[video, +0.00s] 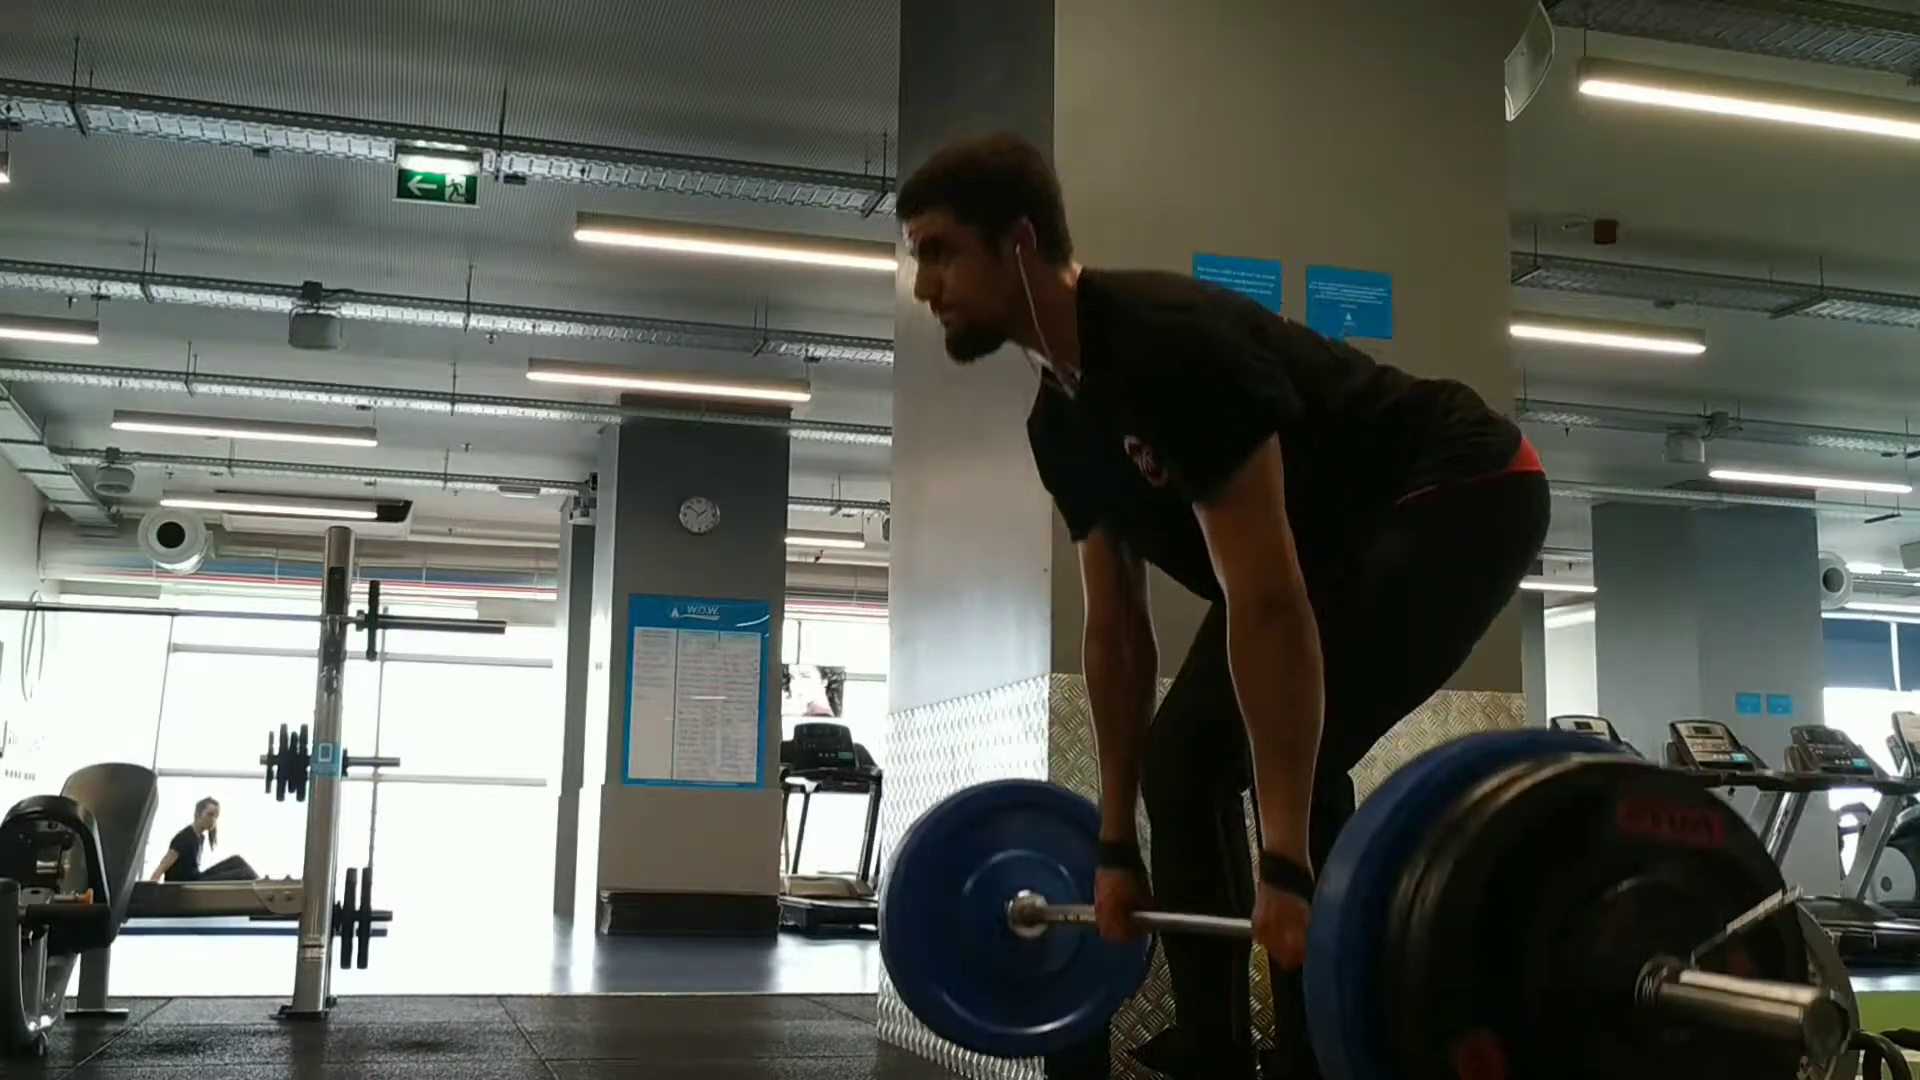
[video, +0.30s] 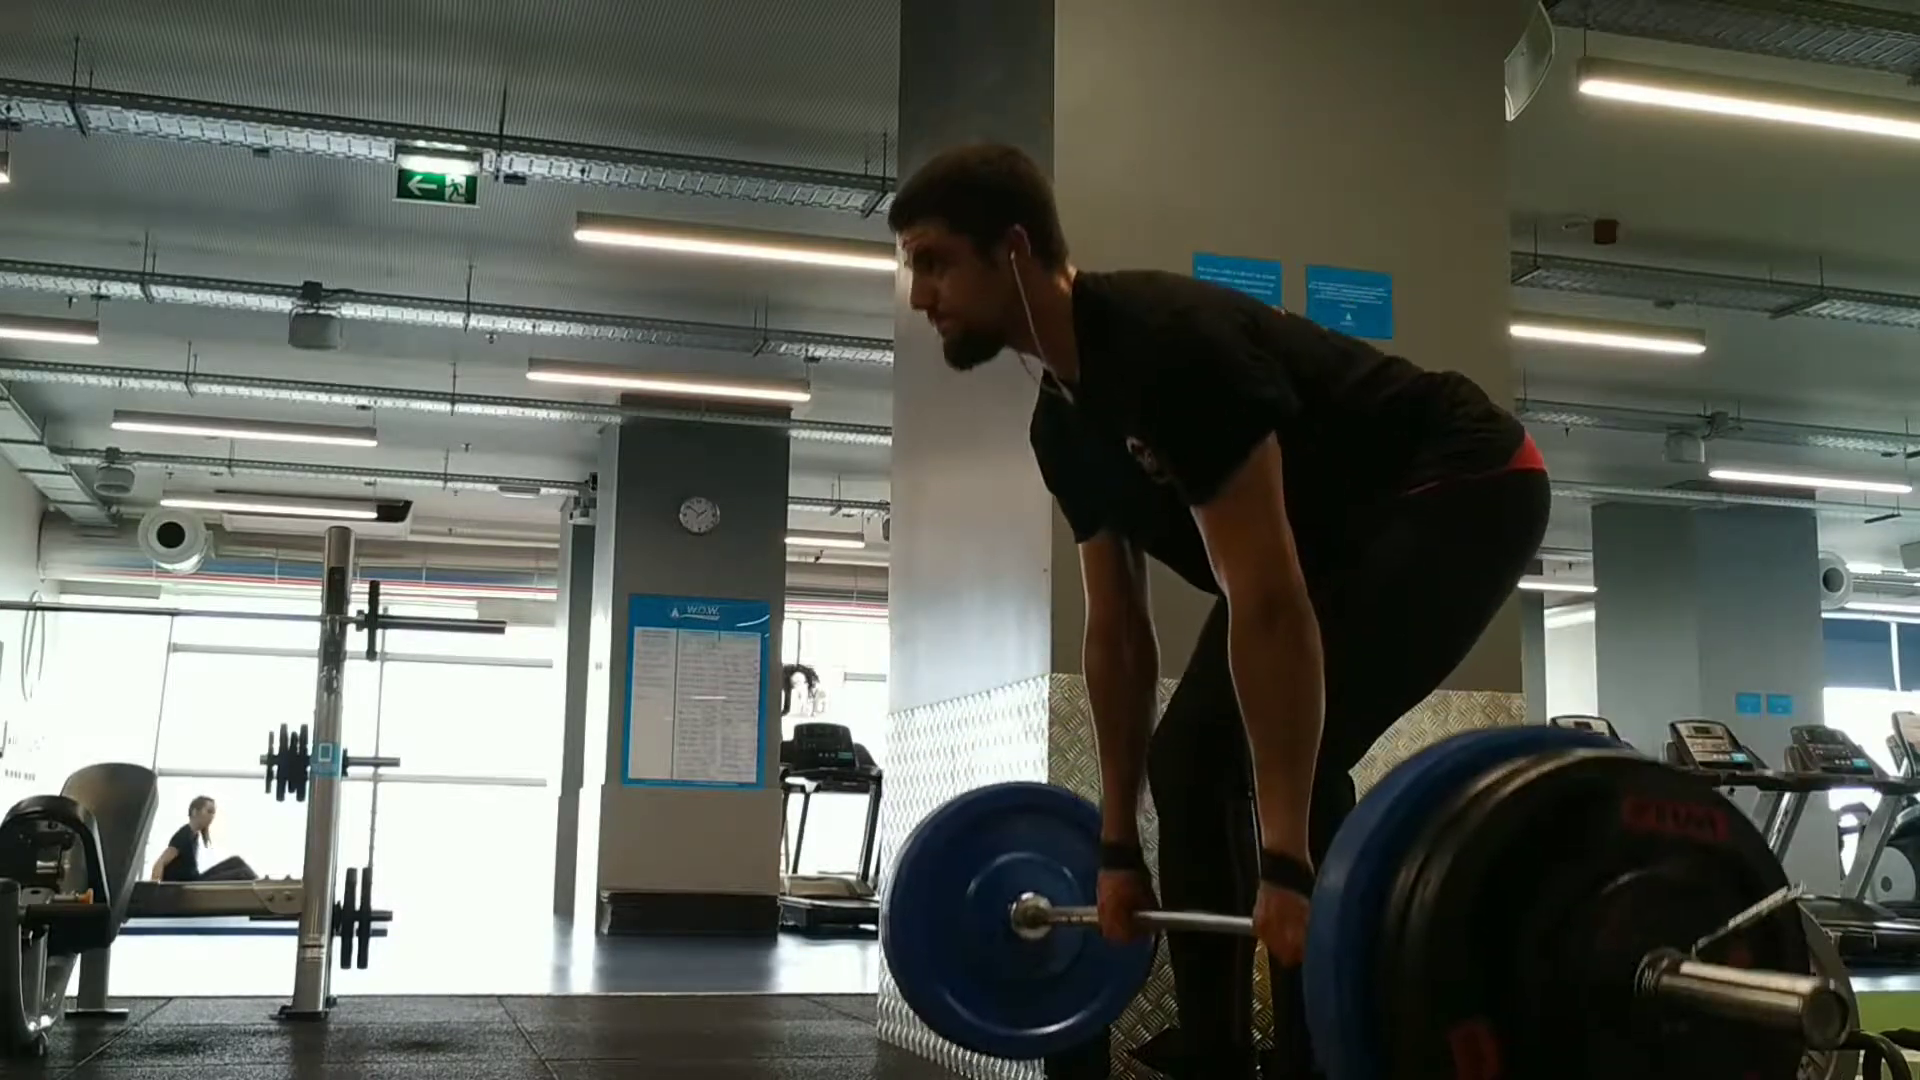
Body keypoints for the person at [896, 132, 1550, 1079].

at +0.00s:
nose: (922, 288)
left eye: (938, 255)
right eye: (918, 263)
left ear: (1020, 242)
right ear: (1012, 252)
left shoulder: (1172, 341)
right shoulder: (1061, 424)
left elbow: (1270, 605)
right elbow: (1114, 631)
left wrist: (1287, 868)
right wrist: (1116, 843)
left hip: (1458, 491)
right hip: (1318, 530)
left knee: (1295, 754)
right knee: (1179, 758)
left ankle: (1312, 1047)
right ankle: (1210, 1037)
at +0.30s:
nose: (916, 299)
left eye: (933, 265)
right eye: (911, 273)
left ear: (1017, 250)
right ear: (1010, 259)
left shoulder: (1168, 341)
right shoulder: (1062, 426)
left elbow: (1270, 601)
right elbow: (1113, 629)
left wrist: (1288, 863)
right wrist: (1118, 842)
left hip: (1457, 487)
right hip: (1324, 526)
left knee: (1294, 761)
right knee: (1187, 760)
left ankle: (1309, 1047)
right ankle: (1211, 1040)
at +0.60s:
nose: (963, 123)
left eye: (981, 95)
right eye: (960, 101)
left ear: (1064, 96)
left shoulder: (1192, 210)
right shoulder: (1072, 298)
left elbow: (1274, 465)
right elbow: (1121, 503)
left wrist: (1284, 714)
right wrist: (1120, 723)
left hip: (1426, 482)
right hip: (1289, 509)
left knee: (1314, 762)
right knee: (1201, 754)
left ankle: (1312, 1056)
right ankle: (1211, 1042)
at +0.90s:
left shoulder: (1283, 67)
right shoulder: (1153, 143)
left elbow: (1307, 314)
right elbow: (1147, 371)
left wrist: (1286, 539)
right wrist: (1124, 576)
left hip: (1308, 500)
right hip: (1211, 503)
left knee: (1280, 778)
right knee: (1186, 775)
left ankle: (1311, 1056)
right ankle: (1211, 1046)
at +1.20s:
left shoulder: (1376, 61)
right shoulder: (1270, 108)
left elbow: (1348, 288)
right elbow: (1199, 326)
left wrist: (1285, 503)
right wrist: (1127, 540)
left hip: (1263, 499)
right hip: (1184, 505)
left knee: (1281, 796)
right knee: (1193, 800)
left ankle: (1311, 1058)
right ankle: (1210, 1049)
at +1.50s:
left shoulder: (1295, 66)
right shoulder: (1162, 142)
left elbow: (1316, 309)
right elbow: (1163, 364)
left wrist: (1293, 538)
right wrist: (1129, 574)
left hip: (1311, 503)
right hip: (1215, 506)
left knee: (1282, 773)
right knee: (1181, 770)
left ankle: (1313, 1059)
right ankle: (1207, 1049)